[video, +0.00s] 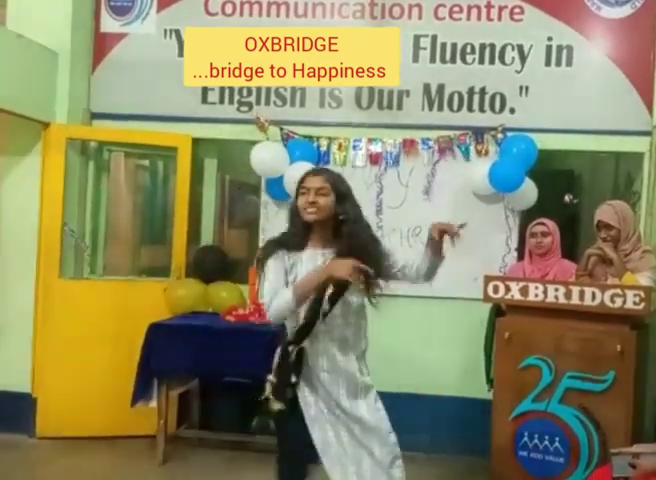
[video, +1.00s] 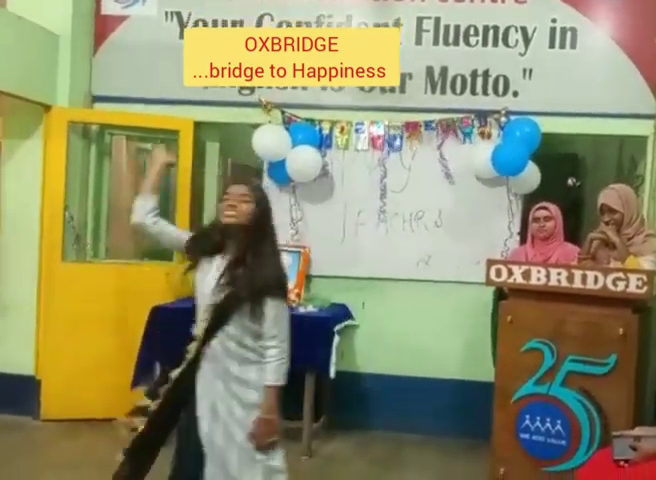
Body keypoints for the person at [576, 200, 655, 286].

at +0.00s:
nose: (602, 235)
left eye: (609, 228)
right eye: (599, 228)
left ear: (625, 227)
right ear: (595, 229)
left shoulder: (646, 259)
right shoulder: (593, 256)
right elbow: (576, 287)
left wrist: (615, 258)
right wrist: (585, 260)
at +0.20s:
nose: (603, 234)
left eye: (610, 226)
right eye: (600, 227)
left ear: (626, 226)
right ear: (596, 228)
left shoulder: (647, 257)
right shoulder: (594, 255)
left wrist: (616, 256)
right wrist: (585, 261)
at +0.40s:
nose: (604, 231)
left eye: (611, 224)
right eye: (600, 224)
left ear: (627, 223)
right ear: (597, 226)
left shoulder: (647, 254)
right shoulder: (595, 253)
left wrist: (617, 254)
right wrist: (587, 256)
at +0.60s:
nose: (604, 227)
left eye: (611, 220)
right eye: (601, 220)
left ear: (628, 219)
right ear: (597, 222)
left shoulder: (648, 251)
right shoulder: (595, 249)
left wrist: (617, 250)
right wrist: (587, 252)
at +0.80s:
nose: (605, 223)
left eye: (612, 215)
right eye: (602, 216)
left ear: (629, 215)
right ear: (598, 217)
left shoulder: (649, 246)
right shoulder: (596, 245)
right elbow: (580, 275)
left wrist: (618, 246)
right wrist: (588, 247)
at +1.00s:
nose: (605, 219)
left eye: (612, 211)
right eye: (602, 212)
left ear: (629, 211)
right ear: (599, 213)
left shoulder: (649, 243)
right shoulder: (596, 241)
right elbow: (580, 271)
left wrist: (618, 242)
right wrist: (588, 242)